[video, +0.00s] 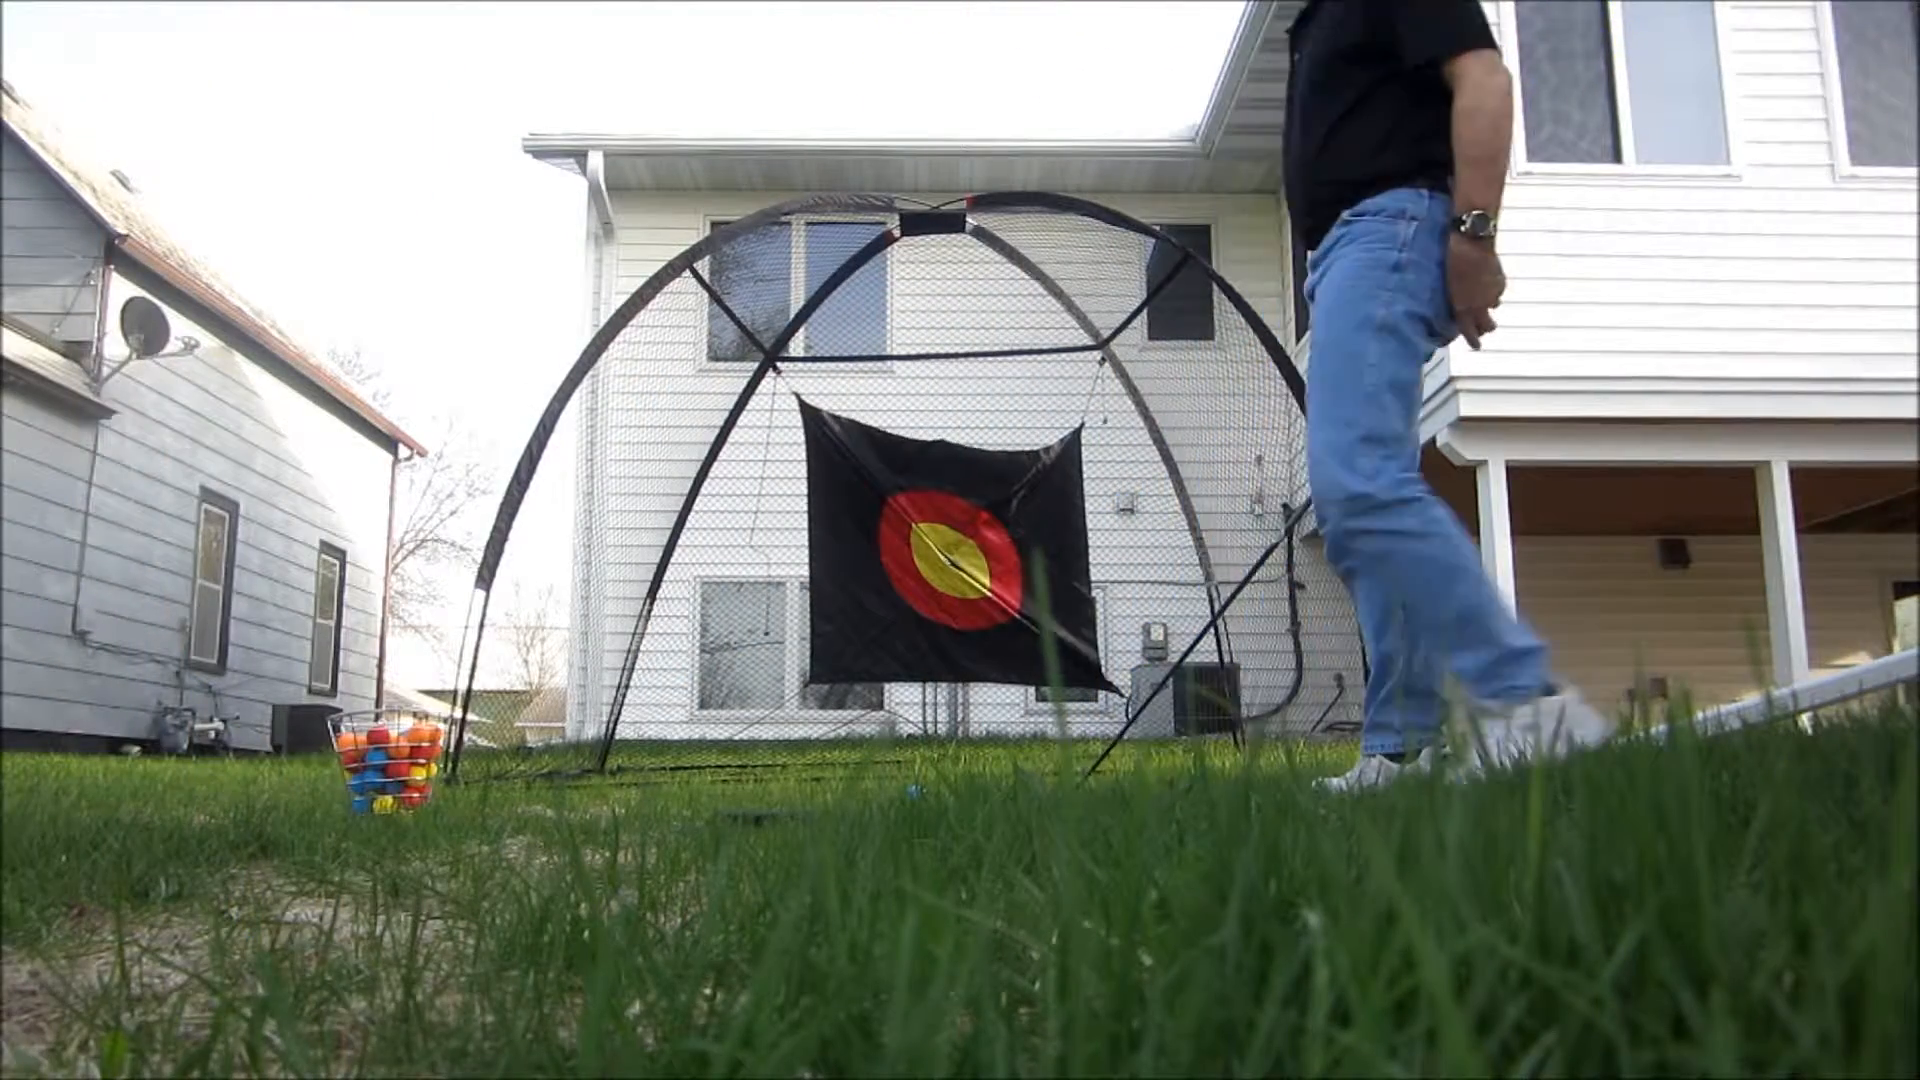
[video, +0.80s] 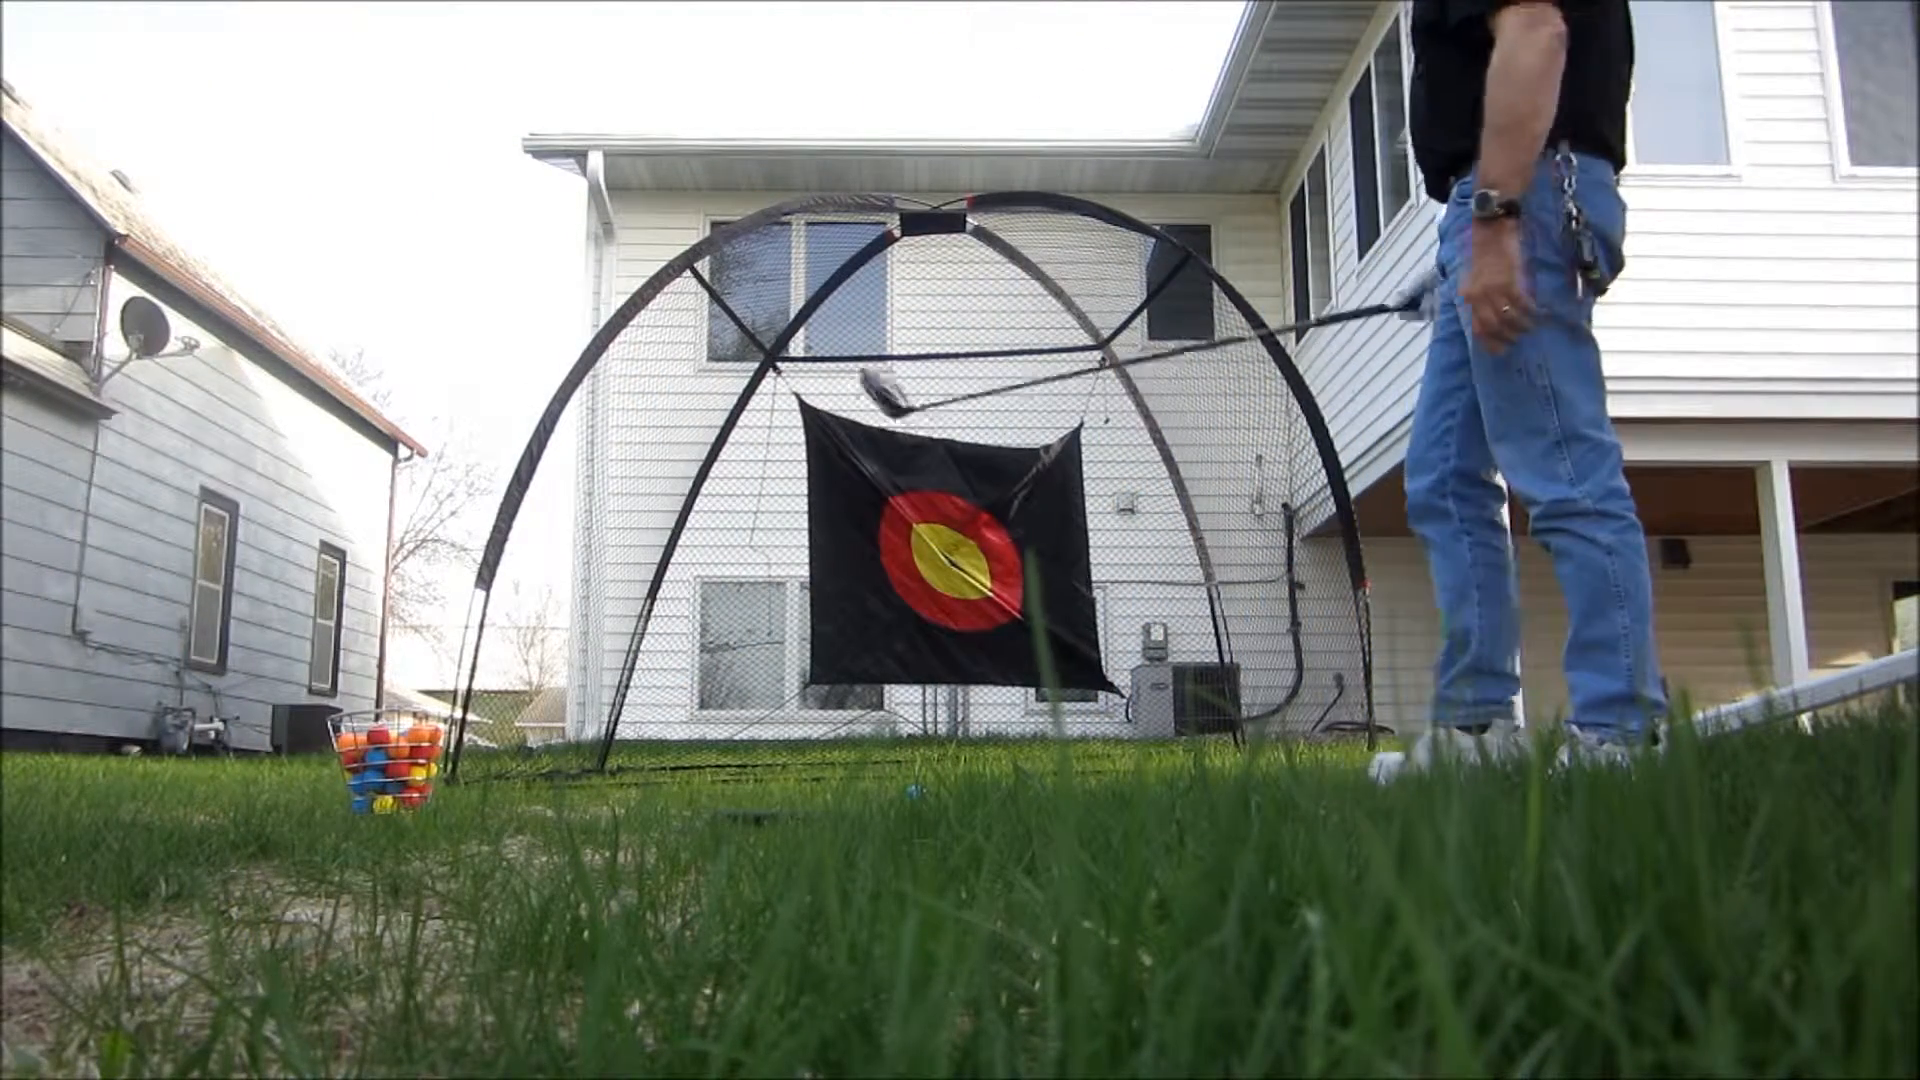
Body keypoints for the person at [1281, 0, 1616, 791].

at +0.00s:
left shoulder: (1403, 0)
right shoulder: (1318, 22)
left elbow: (1484, 77)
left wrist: (1473, 234)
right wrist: (1319, 257)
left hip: (1389, 227)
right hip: (1346, 246)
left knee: (1363, 489)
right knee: (1357, 506)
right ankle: (1403, 749)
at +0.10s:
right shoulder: (1331, 18)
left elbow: (1493, 79)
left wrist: (1477, 232)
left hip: (1401, 230)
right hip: (1347, 249)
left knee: (1414, 490)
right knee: (1358, 512)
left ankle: (1588, 704)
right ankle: (1403, 748)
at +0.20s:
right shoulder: (1362, 15)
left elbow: (1511, 64)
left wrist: (1493, 228)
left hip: (1423, 221)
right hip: (1368, 243)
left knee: (1483, 488)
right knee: (1373, 509)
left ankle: (1606, 724)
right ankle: (1404, 748)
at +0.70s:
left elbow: (1548, 23)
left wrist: (1523, 209)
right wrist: (1464, 243)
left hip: (1524, 194)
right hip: (1479, 201)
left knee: (1569, 481)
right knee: (1435, 479)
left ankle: (1618, 730)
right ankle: (1453, 725)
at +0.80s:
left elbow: (1534, 31)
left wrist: (1494, 215)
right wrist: (1464, 234)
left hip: (1534, 186)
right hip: (1485, 193)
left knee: (1571, 483)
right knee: (1447, 480)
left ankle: (1619, 732)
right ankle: (1477, 728)